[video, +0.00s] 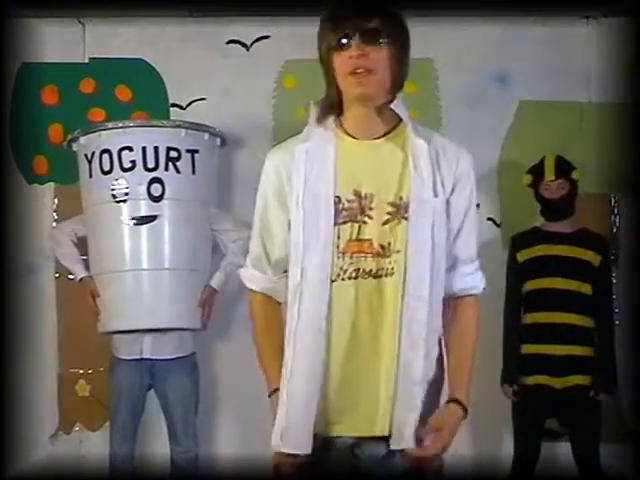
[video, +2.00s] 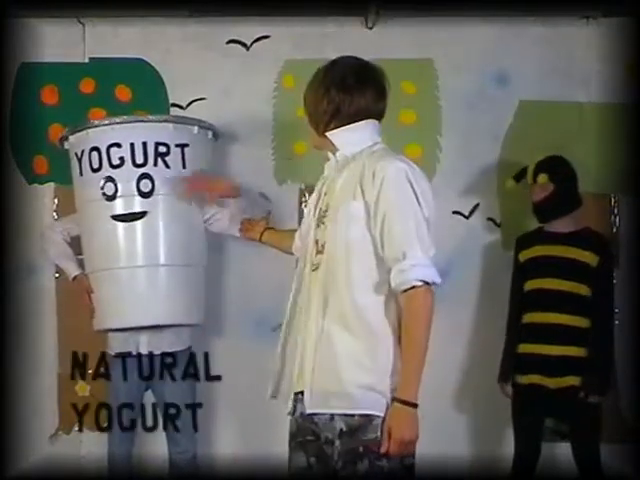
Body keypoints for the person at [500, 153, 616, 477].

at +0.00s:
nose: (553, 193)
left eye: (560, 185)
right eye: (545, 187)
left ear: (573, 188)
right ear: (536, 193)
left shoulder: (596, 245)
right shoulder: (521, 244)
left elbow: (604, 315)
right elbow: (512, 311)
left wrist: (606, 372)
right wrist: (509, 368)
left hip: (580, 376)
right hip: (531, 376)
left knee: (588, 463)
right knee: (524, 461)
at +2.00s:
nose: (532, 193)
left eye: (540, 185)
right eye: (532, 185)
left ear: (559, 188)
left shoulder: (596, 246)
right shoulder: (526, 244)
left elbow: (603, 317)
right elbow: (516, 312)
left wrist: (598, 375)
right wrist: (507, 365)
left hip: (578, 376)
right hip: (529, 374)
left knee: (587, 460)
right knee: (524, 458)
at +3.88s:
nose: (556, 195)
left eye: (563, 187)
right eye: (548, 187)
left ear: (575, 189)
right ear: (535, 193)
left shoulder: (597, 245)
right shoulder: (521, 245)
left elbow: (607, 314)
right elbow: (509, 309)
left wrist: (609, 372)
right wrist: (479, 326)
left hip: (581, 371)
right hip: (532, 371)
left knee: (589, 461)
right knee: (525, 459)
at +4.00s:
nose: (555, 194)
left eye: (563, 186)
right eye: (547, 187)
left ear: (576, 190)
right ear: (537, 191)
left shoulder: (599, 245)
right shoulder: (525, 241)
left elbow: (609, 315)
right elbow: (496, 291)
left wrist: (613, 374)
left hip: (581, 370)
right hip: (533, 369)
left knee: (589, 460)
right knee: (526, 459)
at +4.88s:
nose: (579, 195)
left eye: (588, 188)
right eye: (572, 187)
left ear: (600, 193)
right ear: (561, 190)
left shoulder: (611, 249)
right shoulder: (537, 237)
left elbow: (618, 320)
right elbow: (498, 282)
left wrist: (622, 380)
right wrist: (494, 245)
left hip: (587, 368)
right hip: (538, 364)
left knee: (591, 460)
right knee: (527, 458)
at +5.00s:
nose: (577, 196)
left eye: (586, 188)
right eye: (570, 187)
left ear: (598, 193)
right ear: (559, 190)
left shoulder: (610, 249)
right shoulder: (536, 237)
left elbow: (618, 318)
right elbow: (511, 282)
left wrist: (621, 376)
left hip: (587, 365)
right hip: (538, 361)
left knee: (591, 458)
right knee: (528, 457)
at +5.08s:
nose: (574, 196)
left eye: (583, 189)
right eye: (568, 188)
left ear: (596, 194)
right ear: (557, 191)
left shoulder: (610, 249)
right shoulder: (536, 238)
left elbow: (617, 318)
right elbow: (514, 293)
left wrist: (621, 375)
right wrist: (497, 331)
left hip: (586, 365)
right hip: (537, 361)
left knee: (591, 458)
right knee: (528, 457)